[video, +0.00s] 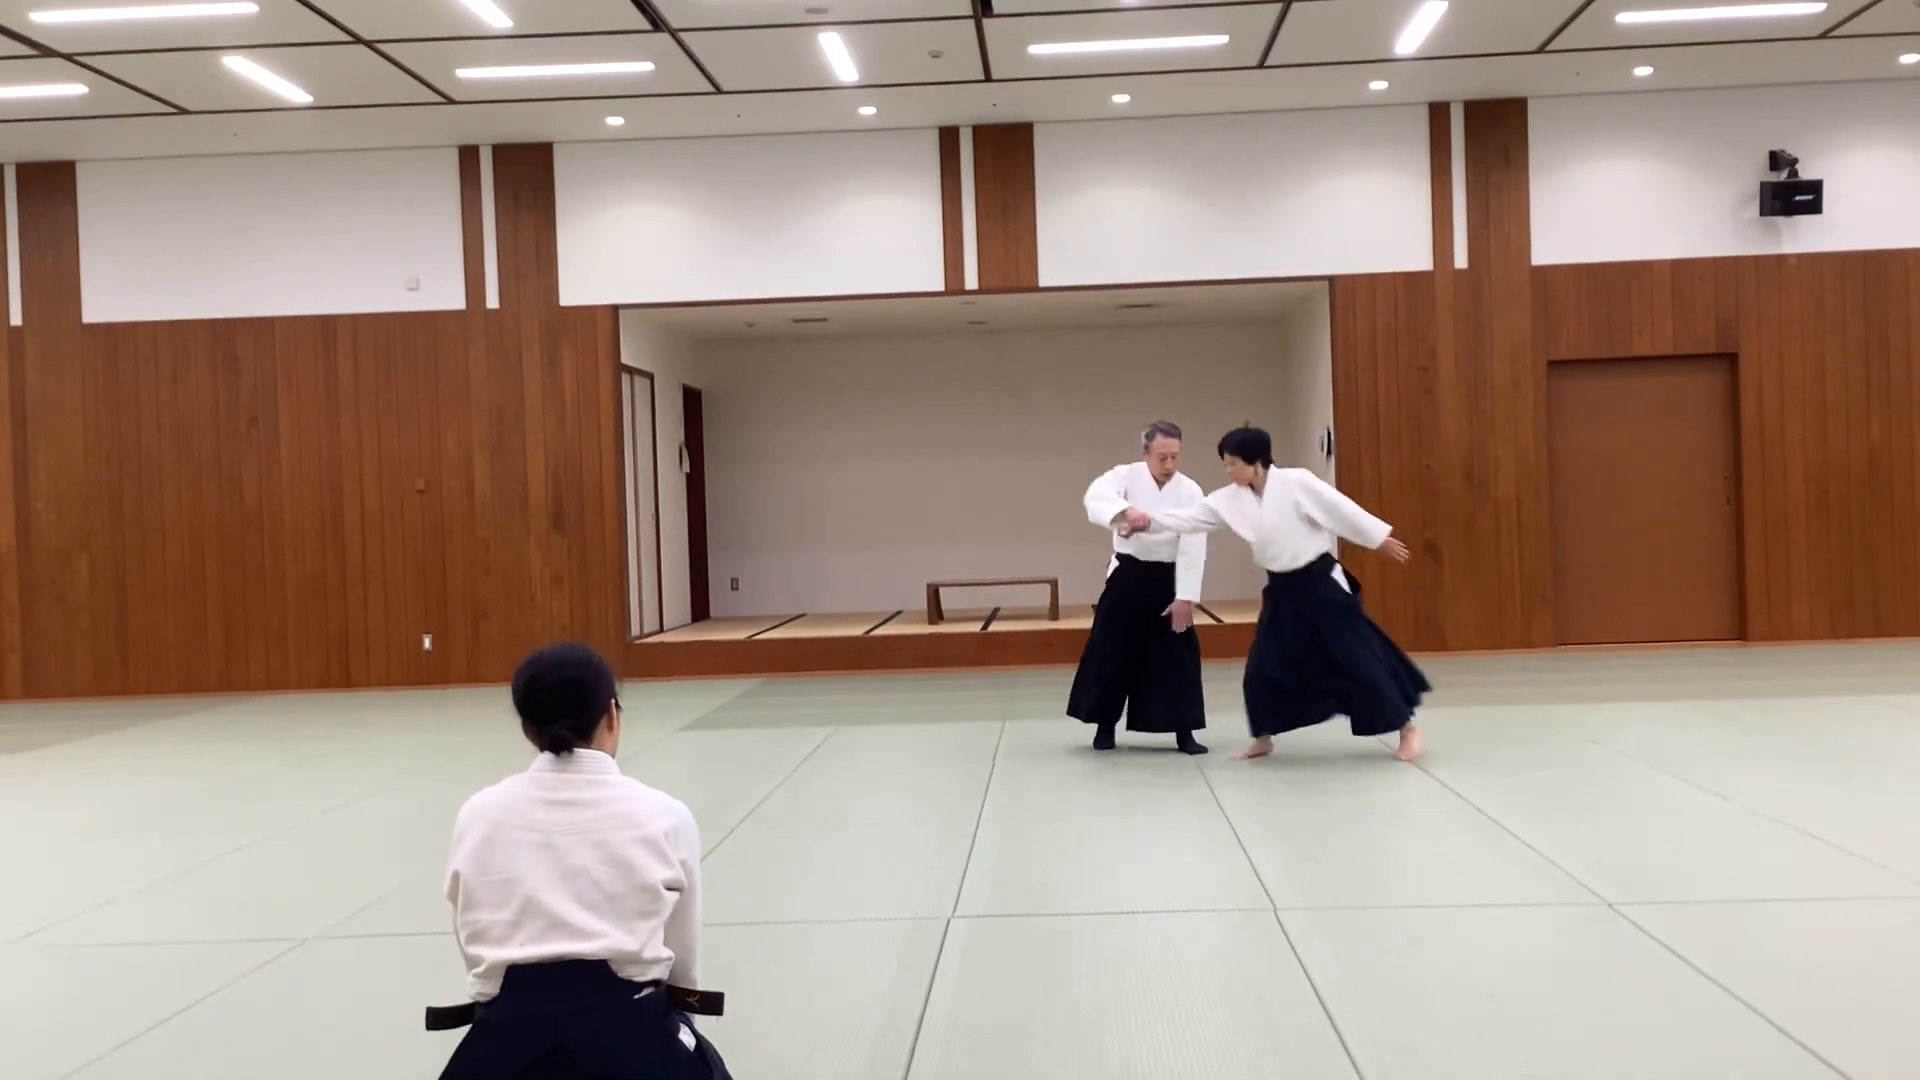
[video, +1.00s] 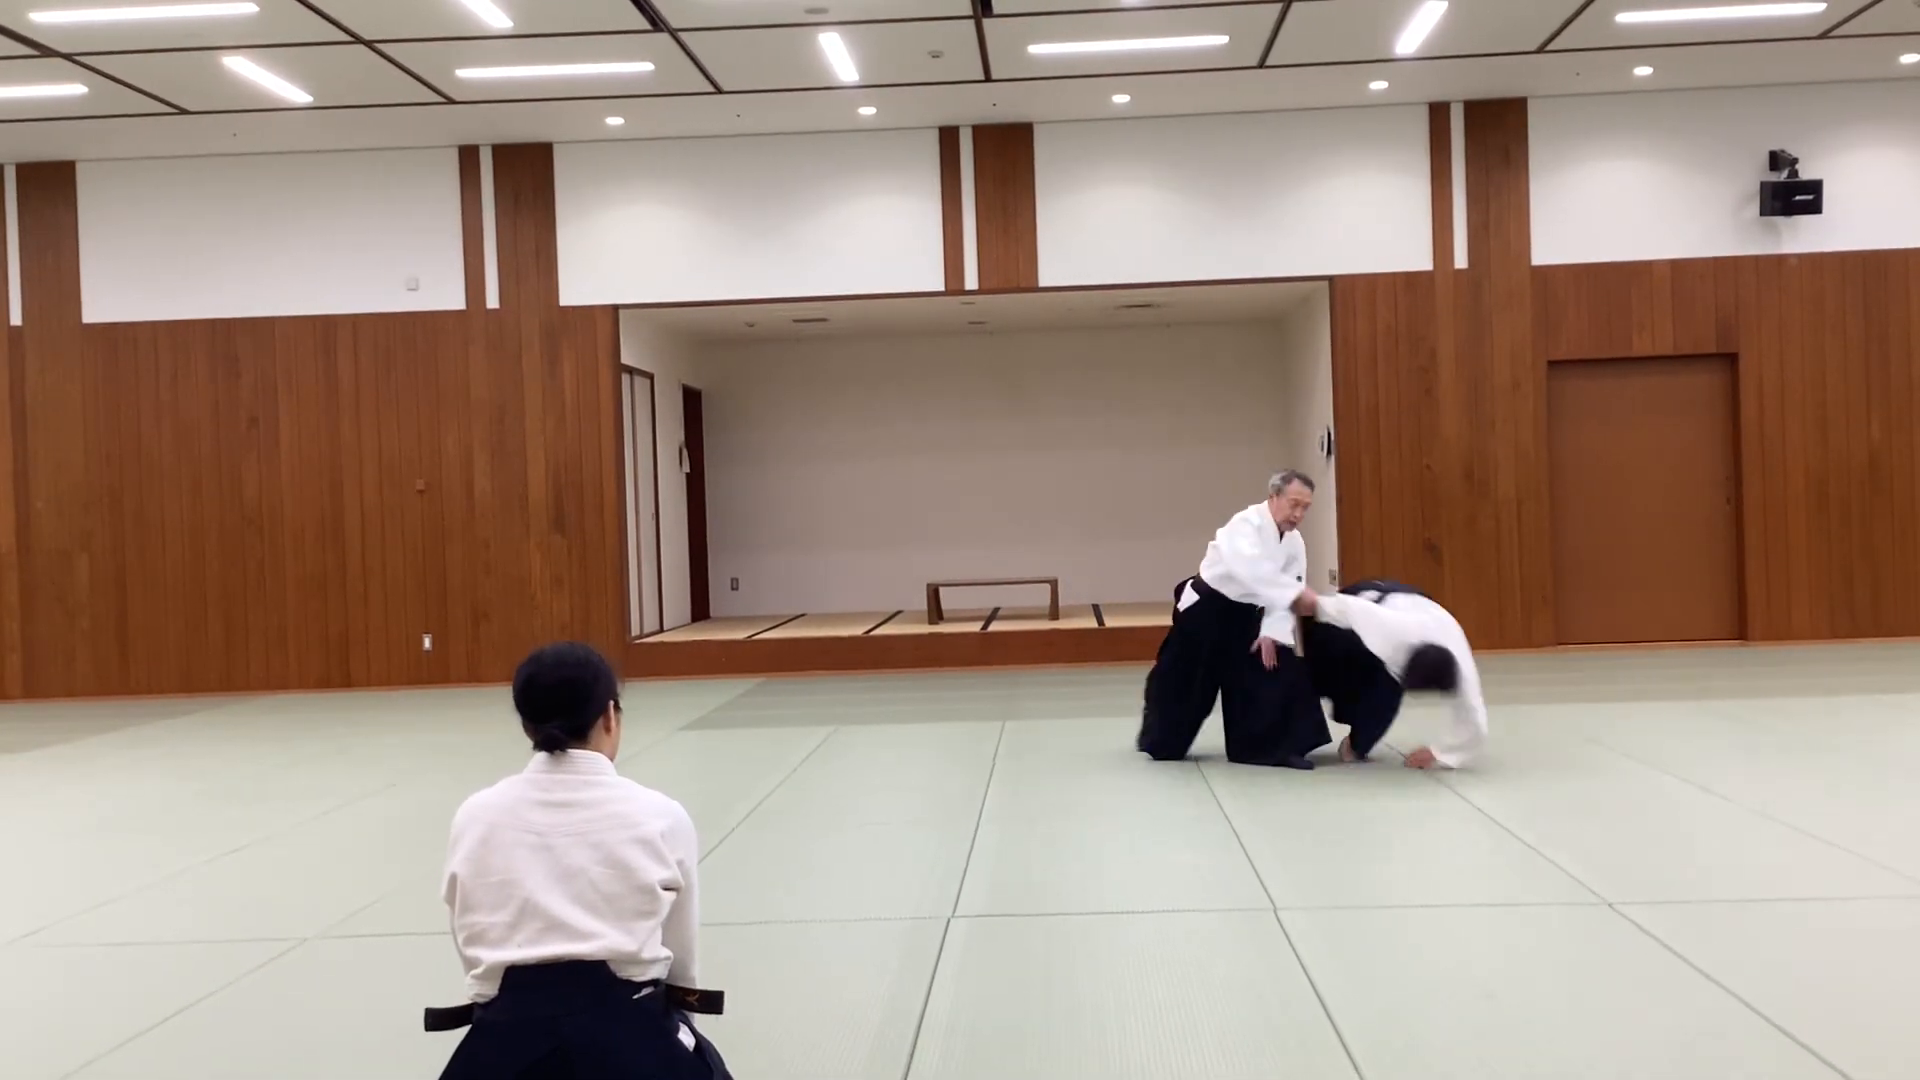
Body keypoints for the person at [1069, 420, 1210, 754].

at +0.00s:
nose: (1168, 464)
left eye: (1174, 457)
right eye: (1161, 457)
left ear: (1180, 456)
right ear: (1145, 454)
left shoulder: (1190, 492)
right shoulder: (1125, 475)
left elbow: (1193, 548)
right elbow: (1095, 497)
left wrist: (1186, 598)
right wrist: (1121, 514)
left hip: (1170, 577)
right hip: (1128, 576)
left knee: (1180, 656)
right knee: (1114, 652)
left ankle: (1185, 732)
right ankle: (1105, 726)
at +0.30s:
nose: (1149, 476)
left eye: (1155, 467)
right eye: (1141, 468)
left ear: (1166, 462)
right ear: (1130, 465)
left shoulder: (1185, 490)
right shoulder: (1120, 484)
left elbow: (1209, 527)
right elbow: (1080, 486)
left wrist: (1230, 561)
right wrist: (1107, 492)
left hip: (1184, 585)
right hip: (1141, 585)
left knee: (1189, 660)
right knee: (1124, 660)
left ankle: (1192, 730)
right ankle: (1115, 738)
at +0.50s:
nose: (1167, 486)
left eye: (1172, 478)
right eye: (1159, 480)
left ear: (1185, 472)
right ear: (1150, 478)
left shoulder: (1207, 497)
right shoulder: (1141, 499)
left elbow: (1247, 523)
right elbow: (1107, 519)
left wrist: (1275, 559)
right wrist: (1136, 529)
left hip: (1205, 594)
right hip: (1159, 593)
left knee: (1223, 662)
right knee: (1138, 663)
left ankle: (1237, 733)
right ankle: (1131, 737)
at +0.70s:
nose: (1216, 512)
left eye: (1222, 504)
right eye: (1209, 506)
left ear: (1234, 498)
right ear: (1199, 502)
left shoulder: (1252, 531)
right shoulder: (1185, 521)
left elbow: (1298, 568)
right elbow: (1149, 552)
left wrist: (1306, 616)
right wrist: (1181, 571)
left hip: (1232, 618)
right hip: (1184, 614)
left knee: (1254, 681)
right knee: (1149, 673)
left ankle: (1273, 747)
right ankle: (1122, 739)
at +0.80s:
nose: (1251, 520)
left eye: (1258, 514)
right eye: (1245, 512)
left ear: (1271, 510)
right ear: (1235, 505)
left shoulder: (1281, 546)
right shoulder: (1213, 526)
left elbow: (1299, 600)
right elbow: (1179, 566)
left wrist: (1306, 653)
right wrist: (1213, 592)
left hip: (1255, 622)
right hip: (1200, 615)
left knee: (1274, 678)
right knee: (1160, 669)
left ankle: (1275, 748)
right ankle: (1127, 735)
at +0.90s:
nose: (1283, 520)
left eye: (1290, 514)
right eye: (1277, 511)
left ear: (1296, 513)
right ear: (1261, 503)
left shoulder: (1296, 547)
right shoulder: (1226, 531)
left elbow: (1295, 601)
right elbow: (1207, 576)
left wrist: (1284, 652)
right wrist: (1250, 595)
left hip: (1252, 617)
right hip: (1206, 606)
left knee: (1264, 677)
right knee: (1168, 663)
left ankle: (1264, 746)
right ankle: (1134, 726)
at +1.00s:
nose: (1299, 514)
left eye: (1305, 508)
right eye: (1295, 505)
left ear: (1308, 508)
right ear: (1274, 498)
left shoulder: (1294, 543)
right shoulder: (1244, 525)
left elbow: (1287, 590)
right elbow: (1248, 571)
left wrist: (1272, 631)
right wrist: (1293, 594)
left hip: (1246, 615)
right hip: (1207, 608)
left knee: (1267, 678)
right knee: (1187, 678)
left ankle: (1265, 748)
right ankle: (1162, 742)